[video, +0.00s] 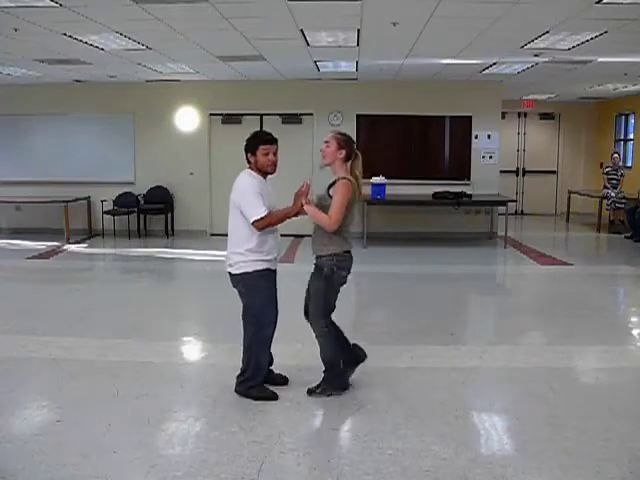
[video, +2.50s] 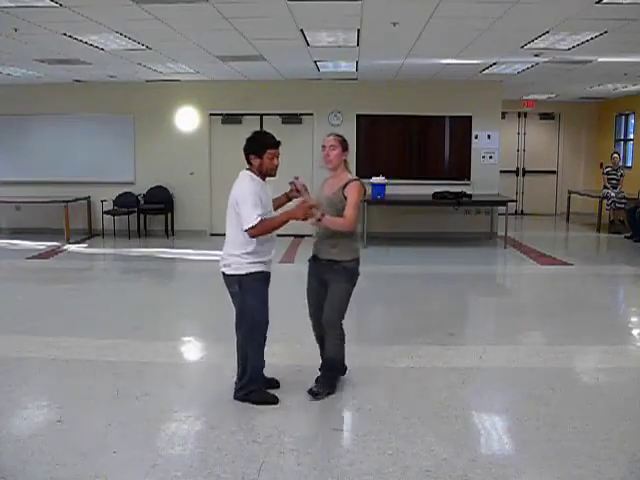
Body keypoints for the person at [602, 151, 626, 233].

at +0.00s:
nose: (615, 160)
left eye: (617, 158)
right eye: (614, 158)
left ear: (619, 160)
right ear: (611, 159)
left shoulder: (621, 170)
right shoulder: (607, 169)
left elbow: (621, 183)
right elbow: (605, 182)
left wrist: (617, 190)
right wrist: (611, 190)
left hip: (617, 188)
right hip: (608, 188)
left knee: (622, 196)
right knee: (611, 196)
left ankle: (621, 217)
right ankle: (611, 217)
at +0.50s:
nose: (615, 160)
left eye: (616, 158)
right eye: (613, 158)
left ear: (619, 160)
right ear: (611, 160)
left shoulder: (621, 170)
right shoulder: (607, 169)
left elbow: (621, 183)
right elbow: (605, 182)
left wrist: (617, 190)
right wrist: (611, 189)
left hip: (617, 188)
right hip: (608, 188)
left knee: (622, 196)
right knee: (611, 196)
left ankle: (621, 217)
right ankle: (611, 217)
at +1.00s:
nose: (615, 160)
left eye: (616, 158)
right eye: (613, 158)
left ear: (619, 160)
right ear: (611, 160)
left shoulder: (621, 170)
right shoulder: (607, 169)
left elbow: (621, 183)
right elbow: (605, 182)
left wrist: (617, 190)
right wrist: (611, 189)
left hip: (617, 188)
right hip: (608, 188)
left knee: (622, 196)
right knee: (612, 196)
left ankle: (621, 218)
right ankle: (612, 218)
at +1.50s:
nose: (615, 160)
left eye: (616, 158)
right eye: (613, 158)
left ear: (619, 160)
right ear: (611, 160)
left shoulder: (621, 171)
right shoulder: (607, 169)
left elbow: (621, 183)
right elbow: (605, 182)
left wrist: (617, 190)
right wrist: (611, 189)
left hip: (617, 188)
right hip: (608, 188)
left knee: (622, 196)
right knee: (612, 196)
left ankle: (621, 218)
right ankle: (612, 218)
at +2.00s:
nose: (615, 160)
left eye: (616, 158)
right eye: (613, 158)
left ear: (619, 160)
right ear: (611, 160)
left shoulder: (621, 171)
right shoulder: (607, 169)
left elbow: (621, 183)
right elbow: (605, 182)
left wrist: (617, 190)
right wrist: (611, 189)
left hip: (617, 188)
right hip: (608, 188)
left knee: (622, 196)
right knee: (612, 196)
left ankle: (621, 217)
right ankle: (611, 217)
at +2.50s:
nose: (615, 160)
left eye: (616, 158)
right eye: (613, 158)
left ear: (619, 160)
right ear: (611, 160)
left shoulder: (621, 171)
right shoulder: (607, 169)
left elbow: (621, 183)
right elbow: (605, 182)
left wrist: (617, 190)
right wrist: (611, 189)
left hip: (617, 188)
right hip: (608, 188)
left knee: (622, 196)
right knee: (612, 196)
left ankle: (621, 217)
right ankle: (611, 217)